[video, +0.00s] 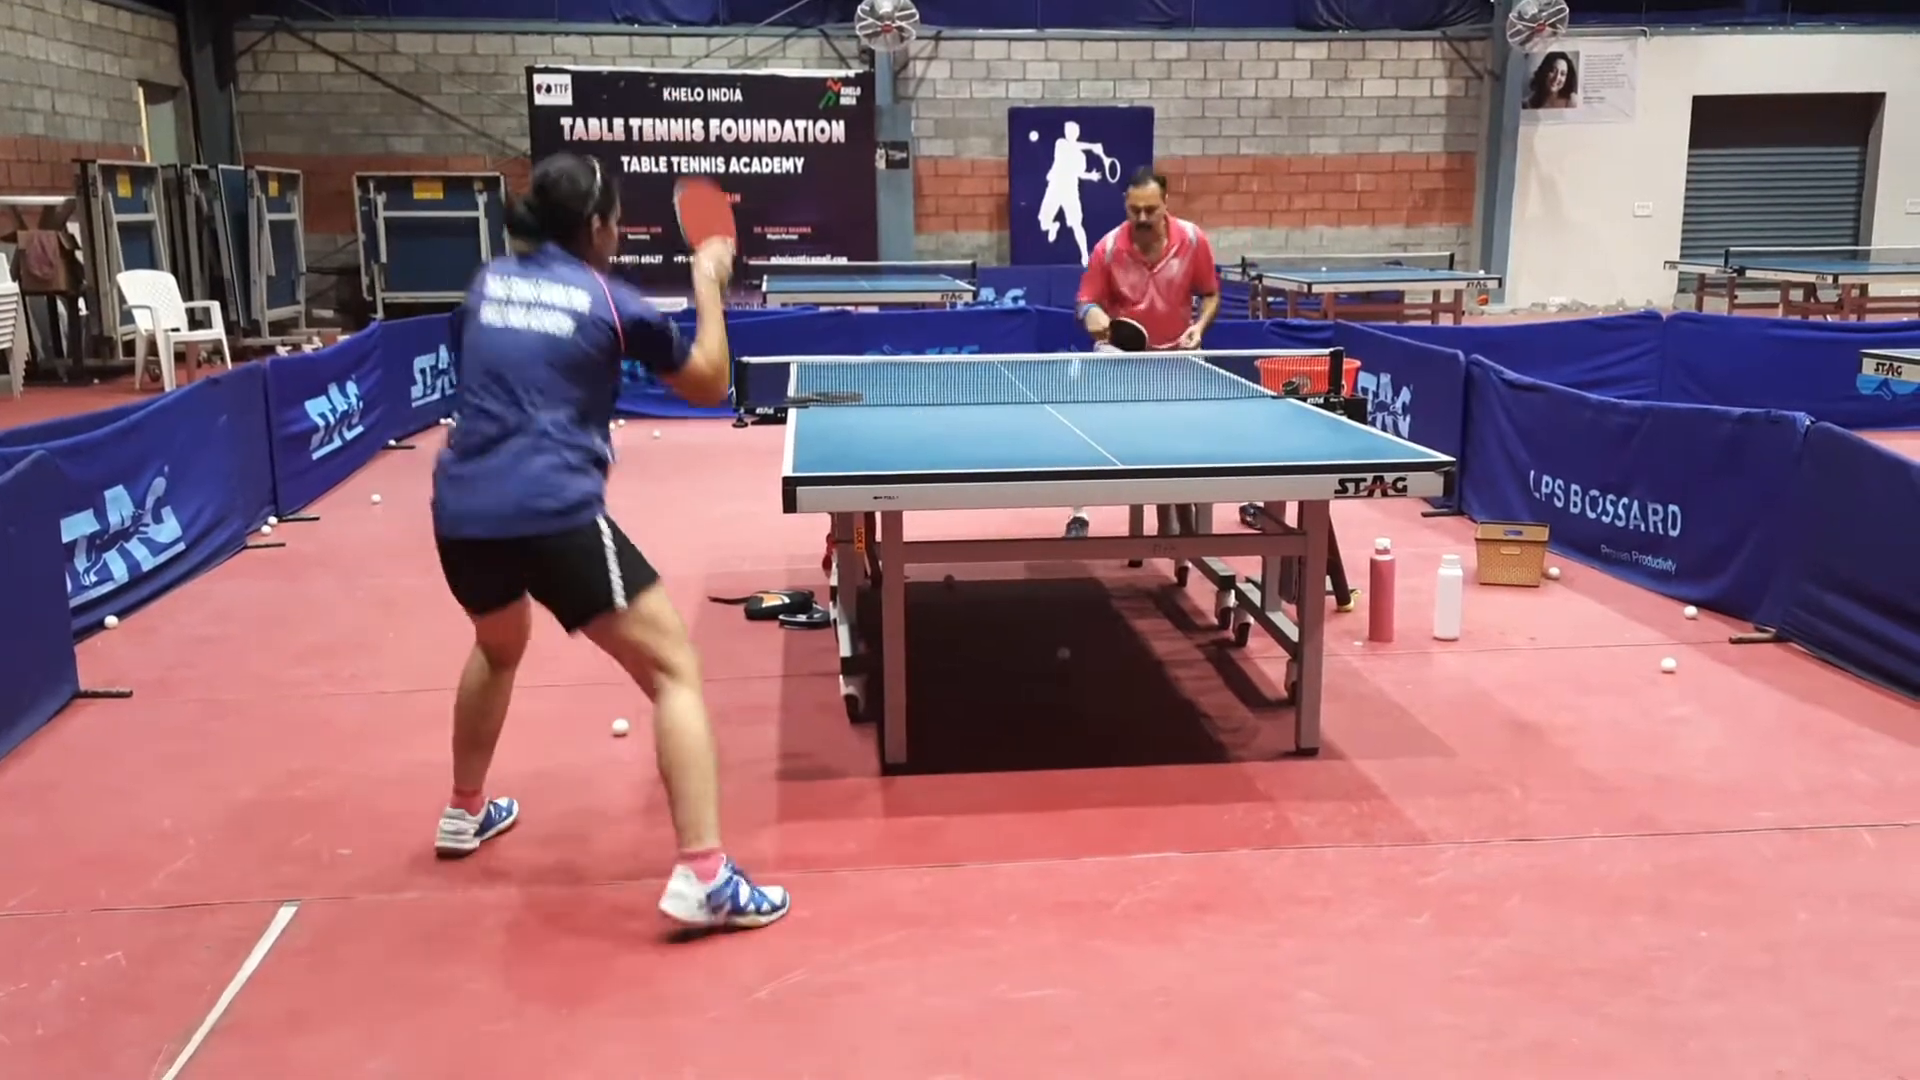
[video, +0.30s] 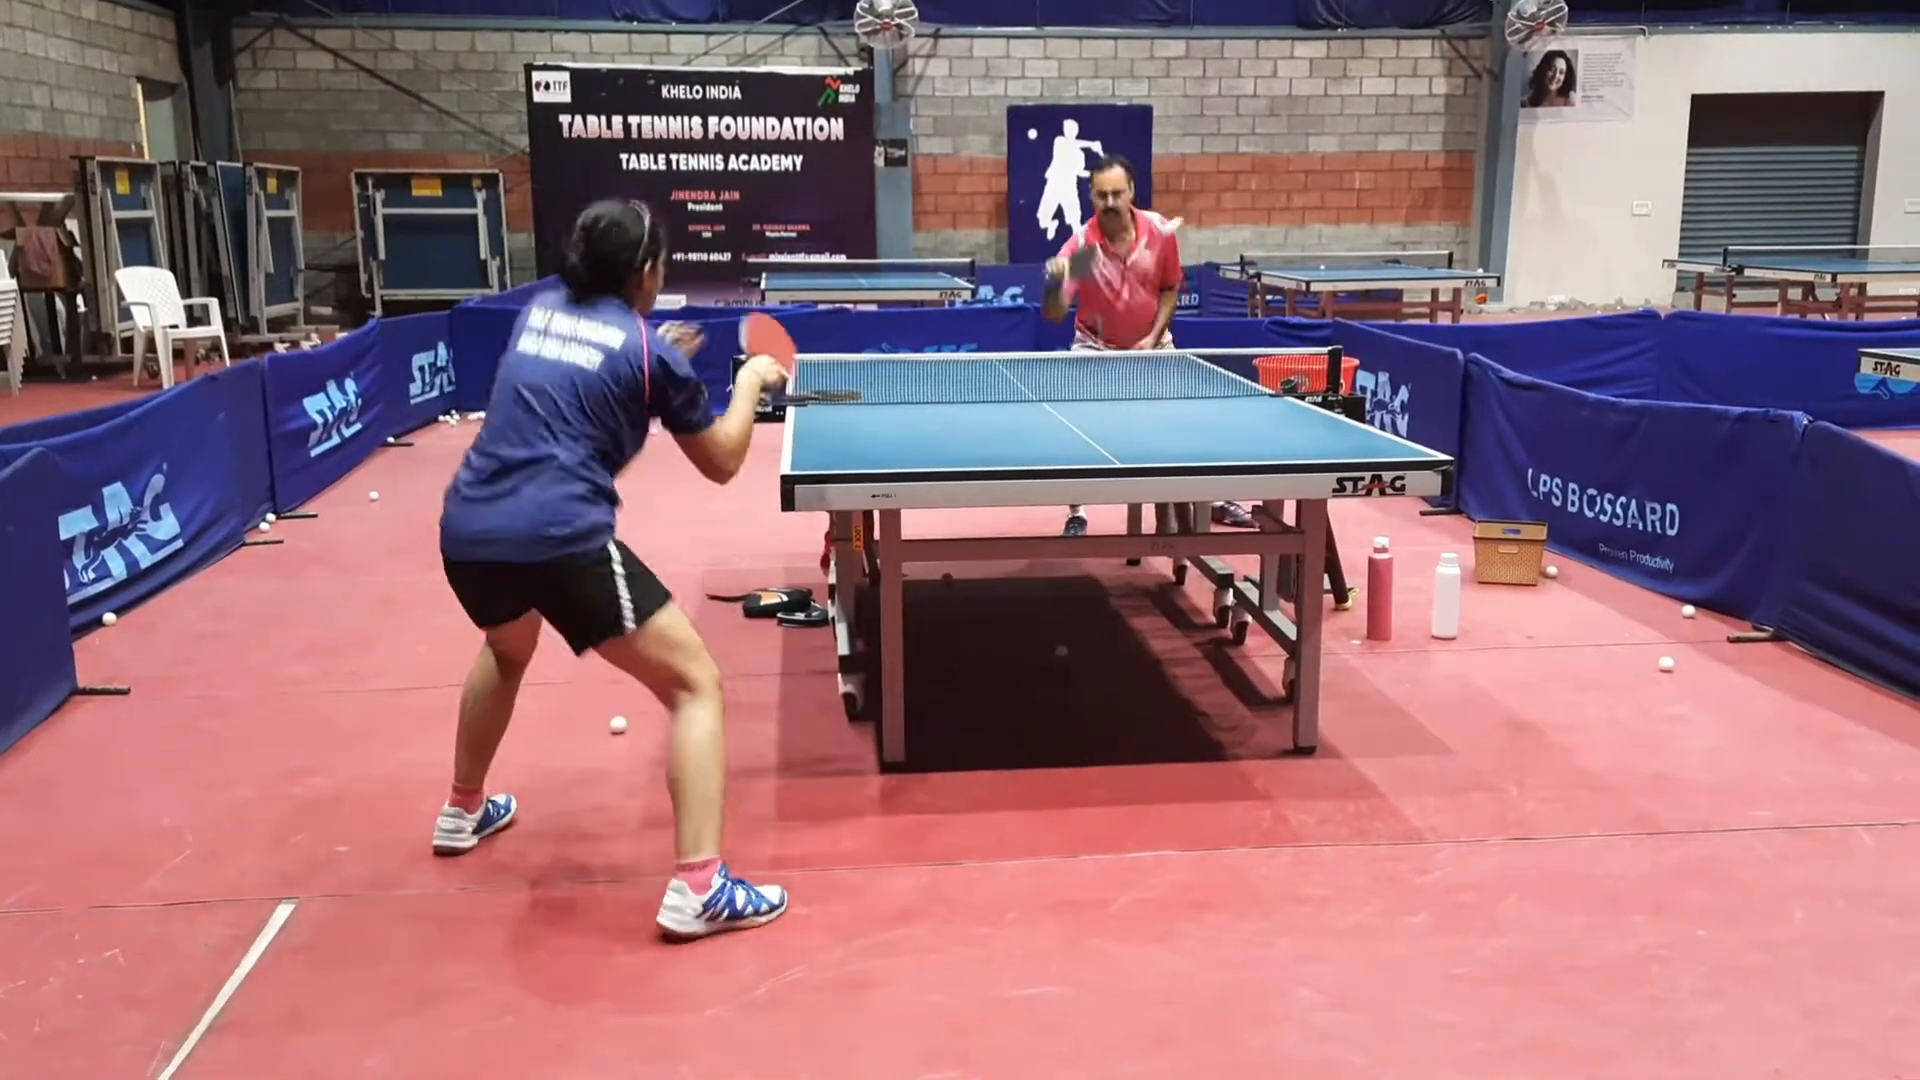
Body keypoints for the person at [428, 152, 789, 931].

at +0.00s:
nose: (619, 229)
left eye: (617, 216)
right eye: (615, 217)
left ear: (534, 218)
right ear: (596, 224)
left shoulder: (485, 282)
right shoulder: (609, 301)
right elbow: (707, 382)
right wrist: (710, 285)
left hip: (463, 515)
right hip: (558, 515)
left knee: (496, 646)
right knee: (672, 672)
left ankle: (462, 811)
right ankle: (704, 872)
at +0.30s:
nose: (661, 268)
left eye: (658, 256)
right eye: (658, 259)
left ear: (579, 260)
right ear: (644, 271)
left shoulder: (537, 306)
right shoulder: (647, 352)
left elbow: (579, 385)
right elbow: (720, 459)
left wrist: (657, 354)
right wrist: (753, 380)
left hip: (469, 534)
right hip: (564, 539)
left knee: (505, 649)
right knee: (695, 688)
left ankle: (462, 810)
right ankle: (701, 881)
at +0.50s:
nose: (698, 225)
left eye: (694, 213)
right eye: (693, 215)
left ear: (628, 220)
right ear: (672, 230)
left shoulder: (595, 261)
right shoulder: (639, 318)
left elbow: (605, 376)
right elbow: (636, 456)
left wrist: (701, 396)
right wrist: (725, 465)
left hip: (463, 466)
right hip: (514, 486)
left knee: (527, 621)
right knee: (639, 648)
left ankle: (460, 773)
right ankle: (620, 852)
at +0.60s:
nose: (703, 248)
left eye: (699, 236)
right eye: (697, 238)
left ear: (632, 246)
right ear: (674, 254)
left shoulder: (602, 289)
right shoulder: (623, 334)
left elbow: (614, 402)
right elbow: (578, 471)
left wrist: (673, 466)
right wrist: (662, 541)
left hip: (481, 486)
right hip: (509, 500)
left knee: (545, 632)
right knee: (632, 654)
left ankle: (476, 777)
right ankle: (619, 855)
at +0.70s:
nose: (691, 251)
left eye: (687, 239)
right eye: (684, 242)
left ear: (619, 250)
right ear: (663, 260)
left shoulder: (603, 302)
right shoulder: (602, 333)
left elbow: (592, 404)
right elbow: (532, 453)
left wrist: (624, 475)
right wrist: (582, 554)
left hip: (495, 493)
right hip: (506, 504)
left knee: (560, 636)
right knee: (630, 655)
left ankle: (475, 777)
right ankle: (619, 854)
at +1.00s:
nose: (631, 185)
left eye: (626, 173)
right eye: (626, 174)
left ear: (562, 183)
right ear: (605, 185)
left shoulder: (550, 241)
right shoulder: (571, 267)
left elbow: (549, 350)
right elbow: (518, 383)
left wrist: (584, 408)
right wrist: (592, 473)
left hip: (480, 459)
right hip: (505, 465)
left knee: (524, 625)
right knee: (590, 632)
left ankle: (472, 774)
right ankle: (594, 834)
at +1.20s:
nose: (623, 185)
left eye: (621, 173)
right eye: (620, 175)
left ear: (542, 181)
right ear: (603, 185)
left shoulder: (517, 239)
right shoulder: (595, 263)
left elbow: (552, 366)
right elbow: (605, 390)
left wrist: (648, 394)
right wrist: (682, 401)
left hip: (450, 460)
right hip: (509, 469)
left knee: (496, 623)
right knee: (588, 639)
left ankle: (466, 772)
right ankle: (575, 838)